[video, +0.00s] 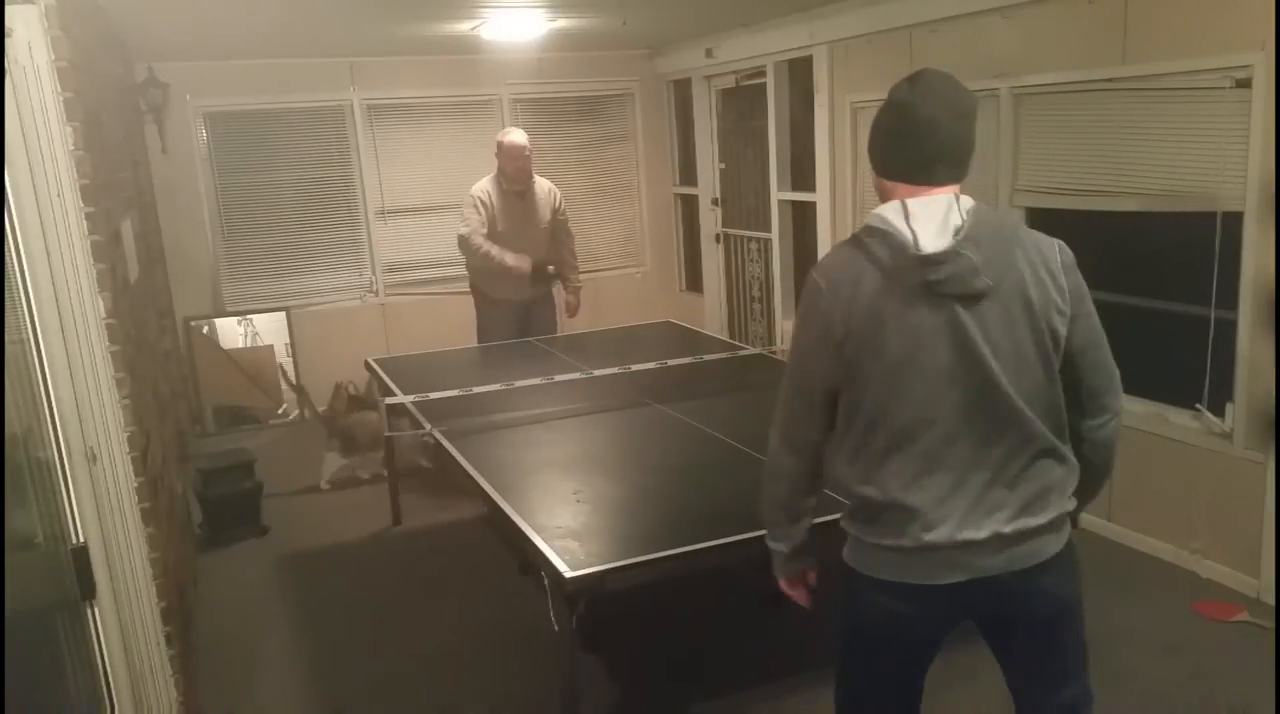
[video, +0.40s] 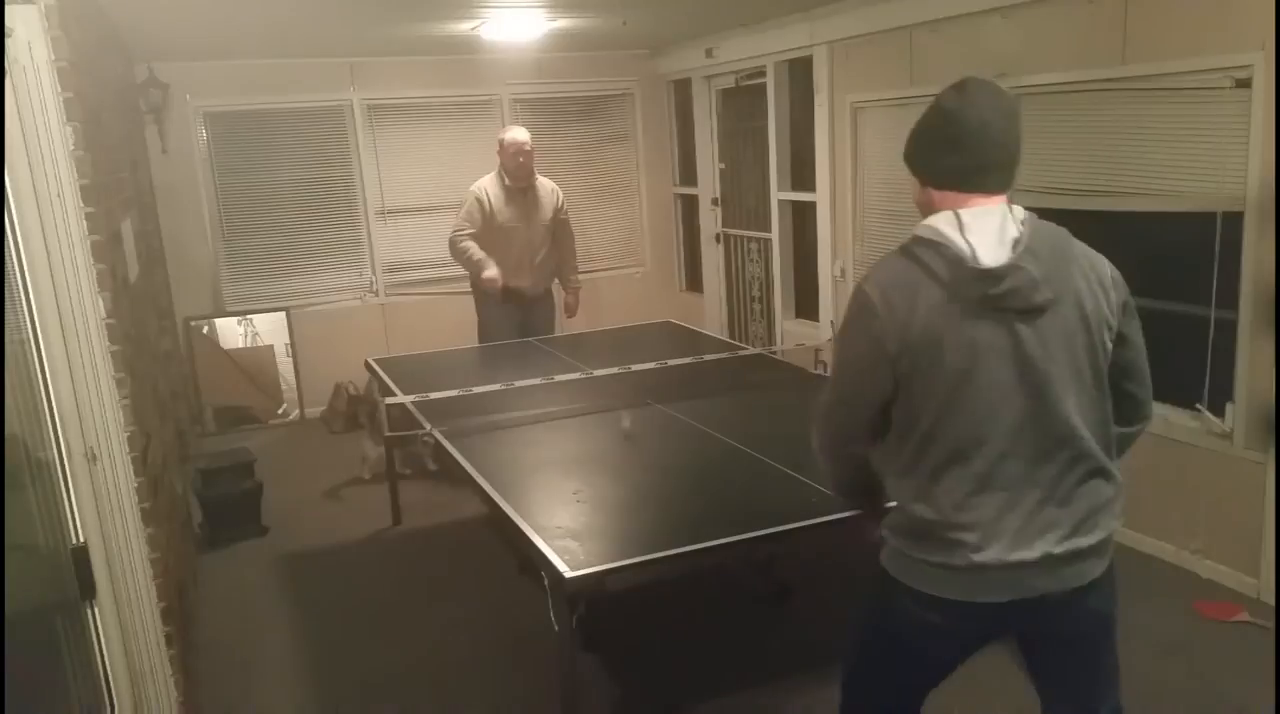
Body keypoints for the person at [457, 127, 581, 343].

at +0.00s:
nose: (521, 165)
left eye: (526, 157)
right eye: (513, 159)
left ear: (532, 155)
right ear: (498, 158)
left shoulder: (548, 192)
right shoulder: (481, 195)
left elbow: (564, 242)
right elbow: (470, 241)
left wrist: (572, 287)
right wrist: (515, 262)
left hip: (540, 296)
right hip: (496, 299)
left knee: (545, 366)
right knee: (500, 369)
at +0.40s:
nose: (522, 160)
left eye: (526, 153)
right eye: (515, 154)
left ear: (534, 152)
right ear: (499, 154)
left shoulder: (551, 192)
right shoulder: (482, 193)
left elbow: (565, 244)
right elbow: (459, 238)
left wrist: (571, 288)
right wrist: (485, 266)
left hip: (540, 297)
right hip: (498, 299)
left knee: (542, 368)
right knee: (501, 370)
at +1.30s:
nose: (527, 165)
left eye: (530, 157)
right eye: (519, 159)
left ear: (536, 155)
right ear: (503, 157)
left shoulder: (554, 192)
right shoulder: (484, 194)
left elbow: (571, 243)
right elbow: (466, 244)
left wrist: (575, 287)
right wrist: (501, 278)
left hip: (544, 296)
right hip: (499, 300)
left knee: (550, 366)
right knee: (503, 368)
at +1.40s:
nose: (536, 172)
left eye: (539, 164)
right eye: (529, 165)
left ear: (544, 162)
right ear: (511, 161)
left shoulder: (557, 195)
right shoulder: (490, 196)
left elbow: (570, 248)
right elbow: (479, 249)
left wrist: (576, 287)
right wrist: (525, 278)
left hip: (546, 302)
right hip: (501, 303)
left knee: (552, 371)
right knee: (504, 371)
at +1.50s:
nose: (541, 177)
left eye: (545, 169)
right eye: (533, 171)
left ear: (549, 165)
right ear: (516, 165)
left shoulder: (557, 197)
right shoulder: (496, 197)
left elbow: (567, 248)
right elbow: (497, 250)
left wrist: (573, 291)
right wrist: (550, 266)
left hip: (545, 296)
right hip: (503, 299)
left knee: (554, 363)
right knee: (506, 367)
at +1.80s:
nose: (535, 162)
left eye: (539, 155)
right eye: (527, 156)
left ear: (544, 156)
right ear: (512, 158)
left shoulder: (555, 194)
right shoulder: (495, 192)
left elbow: (564, 244)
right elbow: (479, 240)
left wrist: (568, 285)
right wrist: (512, 256)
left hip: (548, 292)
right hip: (508, 295)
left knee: (555, 357)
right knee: (516, 359)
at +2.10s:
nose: (519, 156)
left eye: (525, 149)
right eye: (512, 151)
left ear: (535, 152)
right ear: (503, 156)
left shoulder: (555, 192)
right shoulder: (485, 190)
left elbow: (570, 246)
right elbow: (459, 233)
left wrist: (571, 289)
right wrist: (472, 263)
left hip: (542, 294)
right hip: (500, 296)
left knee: (544, 361)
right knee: (504, 363)